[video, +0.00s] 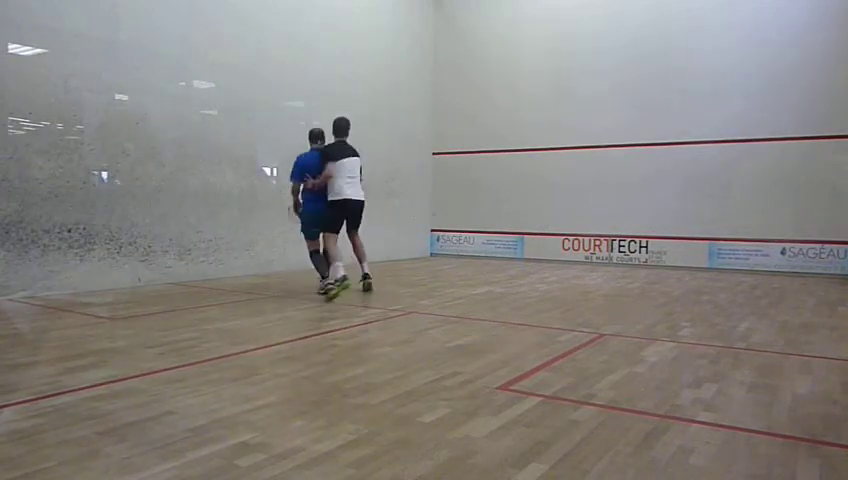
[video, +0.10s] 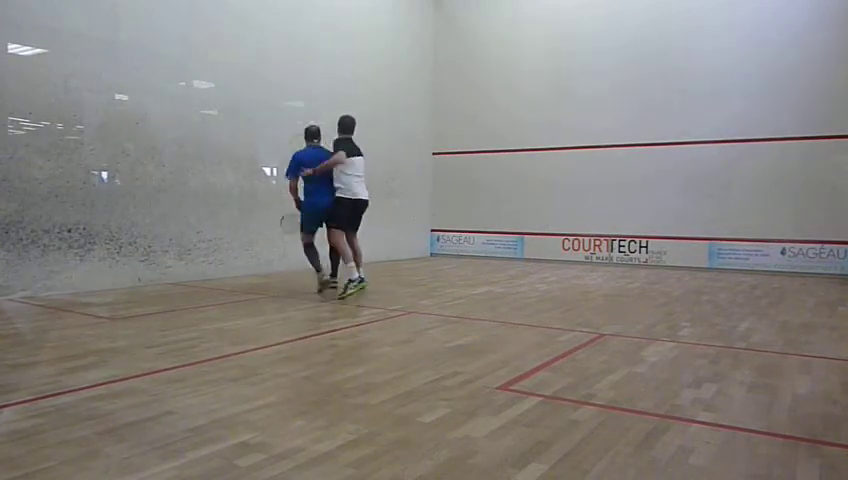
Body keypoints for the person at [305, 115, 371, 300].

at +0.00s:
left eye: (335, 130)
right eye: (345, 129)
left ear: (332, 131)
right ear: (348, 132)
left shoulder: (327, 150)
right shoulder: (354, 152)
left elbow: (328, 175)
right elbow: (359, 177)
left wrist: (314, 183)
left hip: (337, 199)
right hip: (357, 198)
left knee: (330, 238)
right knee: (354, 234)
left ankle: (339, 273)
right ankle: (366, 271)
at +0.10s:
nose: (337, 129)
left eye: (339, 126)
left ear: (338, 128)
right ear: (353, 130)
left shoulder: (340, 143)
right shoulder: (356, 148)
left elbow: (339, 159)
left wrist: (313, 171)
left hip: (347, 197)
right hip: (361, 197)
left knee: (336, 235)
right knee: (351, 236)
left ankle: (353, 276)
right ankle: (359, 275)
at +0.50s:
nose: (347, 129)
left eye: (349, 125)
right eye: (348, 125)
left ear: (356, 126)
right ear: (359, 127)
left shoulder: (365, 142)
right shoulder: (360, 147)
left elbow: (375, 160)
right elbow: (365, 179)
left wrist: (351, 162)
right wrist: (347, 188)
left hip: (373, 196)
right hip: (366, 197)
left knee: (366, 236)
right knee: (359, 235)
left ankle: (388, 278)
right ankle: (362, 277)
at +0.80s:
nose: (364, 125)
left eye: (368, 122)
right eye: (364, 121)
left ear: (377, 125)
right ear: (367, 124)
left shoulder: (381, 142)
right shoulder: (372, 145)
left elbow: (391, 163)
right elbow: (381, 174)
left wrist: (367, 171)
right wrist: (366, 191)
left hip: (386, 196)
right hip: (378, 195)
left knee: (378, 237)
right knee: (372, 236)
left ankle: (390, 281)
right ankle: (365, 276)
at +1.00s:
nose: (372, 123)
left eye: (377, 120)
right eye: (372, 119)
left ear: (386, 124)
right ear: (374, 122)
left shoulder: (388, 141)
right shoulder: (379, 144)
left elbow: (399, 164)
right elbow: (386, 172)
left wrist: (379, 177)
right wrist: (374, 190)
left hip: (393, 195)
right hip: (385, 194)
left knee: (386, 235)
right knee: (377, 234)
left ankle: (390, 280)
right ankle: (383, 276)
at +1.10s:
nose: (377, 122)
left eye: (381, 120)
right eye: (376, 119)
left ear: (390, 124)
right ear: (377, 121)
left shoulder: (393, 141)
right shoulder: (383, 143)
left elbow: (404, 165)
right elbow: (386, 173)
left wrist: (386, 180)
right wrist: (375, 191)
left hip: (395, 195)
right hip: (387, 194)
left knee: (387, 235)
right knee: (382, 235)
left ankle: (391, 280)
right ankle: (395, 274)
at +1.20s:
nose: (380, 122)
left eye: (385, 120)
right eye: (380, 119)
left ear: (394, 124)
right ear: (381, 121)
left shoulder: (397, 142)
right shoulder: (386, 144)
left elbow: (409, 166)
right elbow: (389, 174)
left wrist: (394, 180)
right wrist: (377, 192)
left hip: (398, 197)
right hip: (390, 196)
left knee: (390, 237)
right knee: (388, 236)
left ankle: (391, 280)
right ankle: (411, 272)